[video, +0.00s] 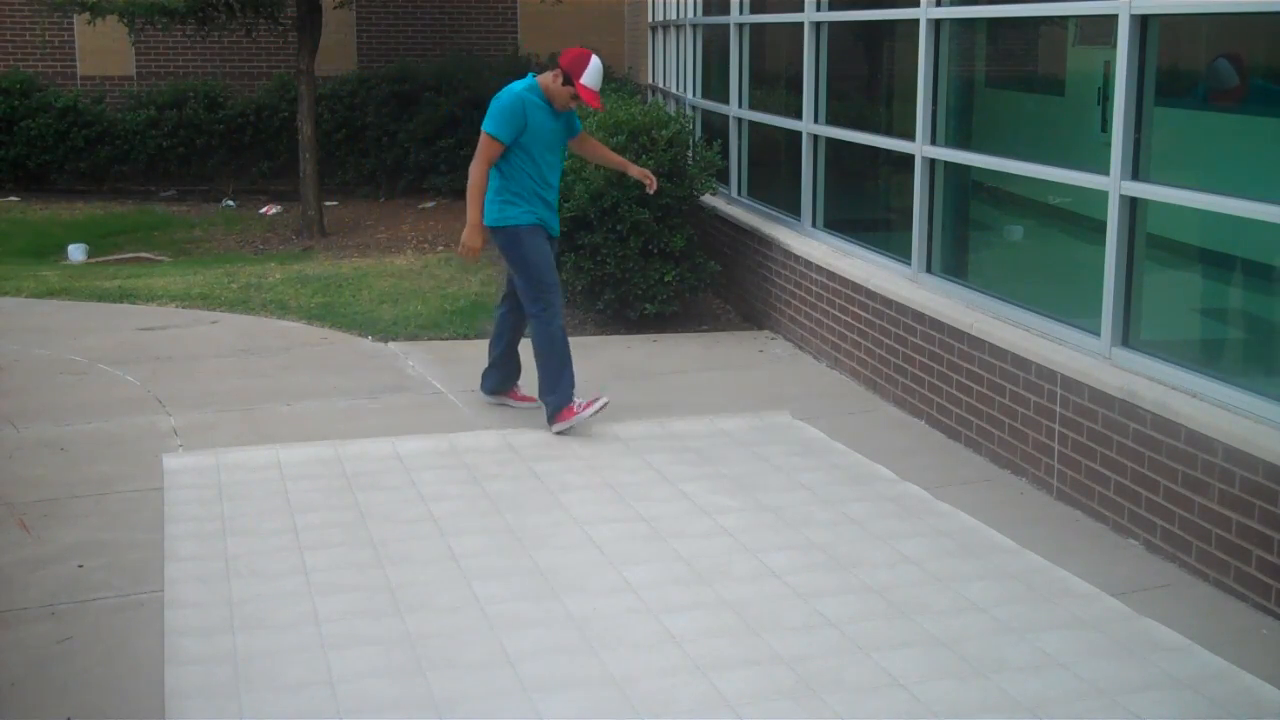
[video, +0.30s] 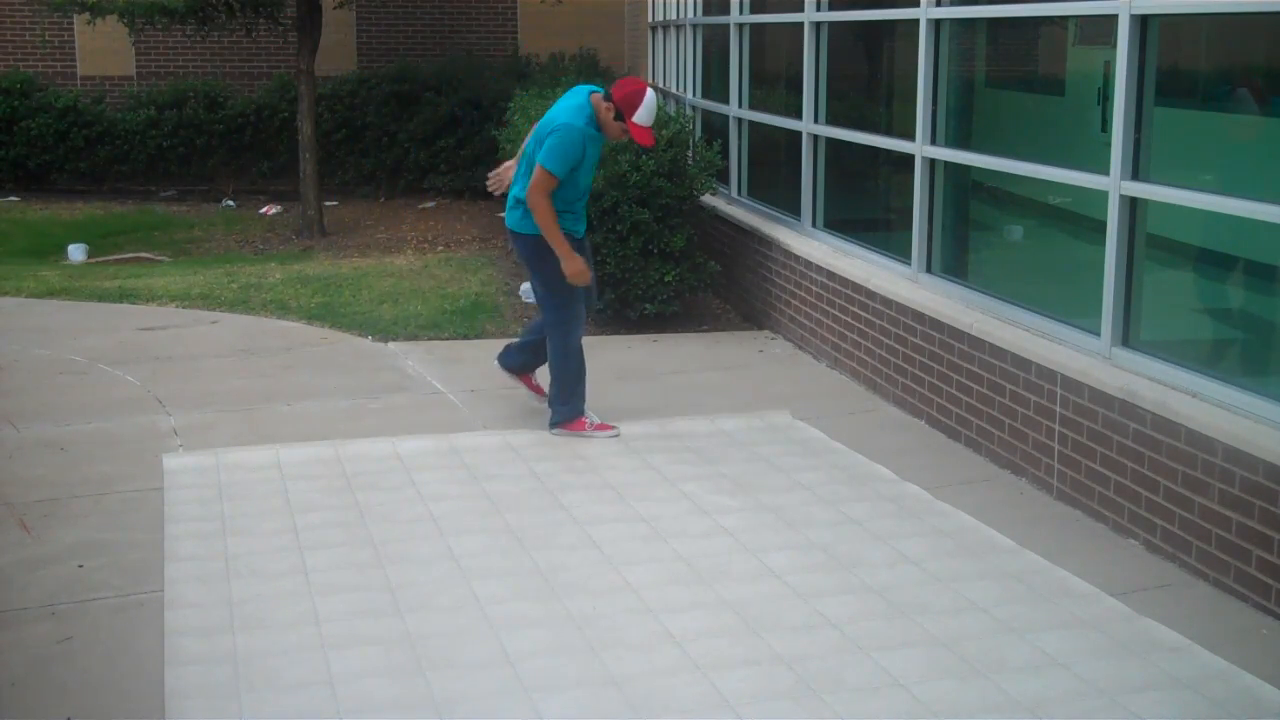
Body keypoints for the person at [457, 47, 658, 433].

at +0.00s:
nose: (574, 105)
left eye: (579, 101)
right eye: (574, 97)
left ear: (570, 85)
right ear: (558, 77)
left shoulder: (561, 110)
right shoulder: (513, 100)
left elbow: (584, 144)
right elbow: (479, 163)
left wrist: (630, 168)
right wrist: (474, 224)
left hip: (543, 220)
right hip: (512, 218)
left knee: (518, 302)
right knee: (546, 301)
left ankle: (498, 381)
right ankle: (559, 407)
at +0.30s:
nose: (625, 138)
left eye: (631, 133)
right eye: (624, 130)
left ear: (613, 105)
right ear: (608, 109)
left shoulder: (592, 96)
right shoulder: (569, 133)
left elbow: (544, 126)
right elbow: (536, 195)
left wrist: (518, 162)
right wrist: (567, 255)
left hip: (567, 222)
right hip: (536, 229)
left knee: (579, 302)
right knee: (565, 313)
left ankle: (519, 359)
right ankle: (567, 415)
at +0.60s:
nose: (639, 143)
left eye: (645, 139)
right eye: (639, 137)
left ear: (632, 110)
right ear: (624, 117)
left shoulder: (609, 94)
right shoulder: (584, 138)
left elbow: (561, 118)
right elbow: (562, 208)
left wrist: (542, 158)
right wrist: (598, 261)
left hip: (588, 214)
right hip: (548, 223)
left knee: (609, 304)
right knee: (571, 319)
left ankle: (612, 401)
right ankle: (566, 416)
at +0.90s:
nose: (633, 128)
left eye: (635, 121)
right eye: (627, 122)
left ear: (635, 109)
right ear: (601, 111)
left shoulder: (624, 121)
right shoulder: (564, 138)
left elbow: (640, 149)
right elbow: (549, 210)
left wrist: (669, 184)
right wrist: (568, 272)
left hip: (626, 232)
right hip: (583, 236)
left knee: (641, 316)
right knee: (593, 321)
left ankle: (664, 406)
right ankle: (567, 414)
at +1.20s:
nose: (658, 126)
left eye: (660, 117)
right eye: (650, 121)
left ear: (665, 104)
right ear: (626, 115)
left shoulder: (676, 111)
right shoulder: (598, 146)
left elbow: (699, 144)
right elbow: (563, 206)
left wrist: (734, 177)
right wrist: (543, 264)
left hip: (679, 235)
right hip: (629, 242)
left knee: (707, 317)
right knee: (616, 326)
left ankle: (737, 399)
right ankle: (570, 412)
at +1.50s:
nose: (741, 106)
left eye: (745, 99)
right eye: (734, 98)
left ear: (750, 92)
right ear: (711, 90)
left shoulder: (747, 113)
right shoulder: (675, 125)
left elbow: (745, 149)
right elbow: (641, 181)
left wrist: (757, 187)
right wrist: (630, 240)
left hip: (729, 232)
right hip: (679, 234)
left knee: (742, 319)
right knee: (670, 320)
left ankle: (739, 399)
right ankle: (630, 397)